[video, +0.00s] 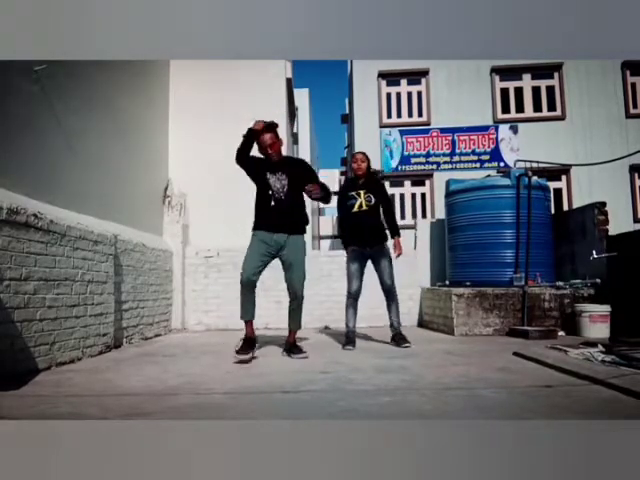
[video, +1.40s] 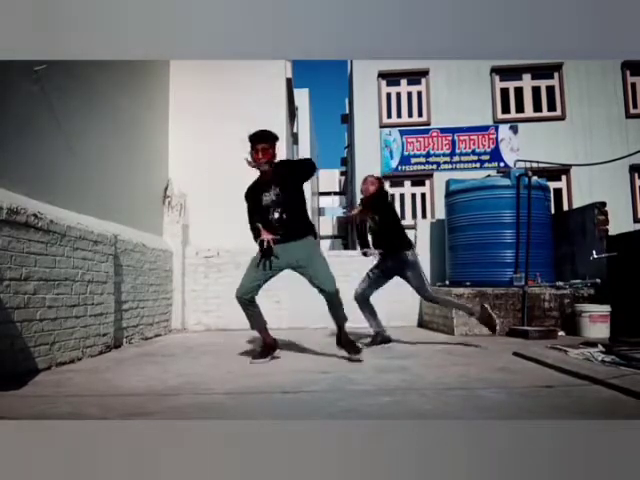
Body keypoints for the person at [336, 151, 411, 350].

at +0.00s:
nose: (358, 165)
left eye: (362, 161)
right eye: (355, 162)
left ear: (368, 164)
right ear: (350, 165)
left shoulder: (376, 184)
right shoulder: (345, 188)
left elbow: (388, 211)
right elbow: (342, 217)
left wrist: (396, 237)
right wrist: (346, 244)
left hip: (378, 244)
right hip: (355, 245)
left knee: (389, 288)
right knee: (353, 292)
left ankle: (397, 332)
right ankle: (350, 335)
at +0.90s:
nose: (378, 165)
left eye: (381, 162)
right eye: (374, 162)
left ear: (386, 165)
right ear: (369, 167)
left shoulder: (394, 187)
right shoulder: (361, 187)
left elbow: (405, 214)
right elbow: (348, 213)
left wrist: (419, 237)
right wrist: (340, 238)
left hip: (388, 245)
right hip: (365, 245)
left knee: (395, 290)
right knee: (356, 290)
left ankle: (395, 333)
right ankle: (344, 332)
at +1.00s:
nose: (377, 164)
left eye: (380, 160)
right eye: (373, 161)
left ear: (386, 163)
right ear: (367, 165)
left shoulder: (395, 183)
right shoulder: (359, 183)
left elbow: (420, 198)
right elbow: (337, 197)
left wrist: (446, 208)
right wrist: (323, 209)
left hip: (391, 245)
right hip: (369, 245)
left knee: (394, 288)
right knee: (358, 289)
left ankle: (394, 333)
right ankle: (353, 331)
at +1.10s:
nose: (374, 167)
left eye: (377, 163)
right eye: (370, 164)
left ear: (384, 166)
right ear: (366, 168)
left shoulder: (394, 182)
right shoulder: (361, 186)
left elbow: (420, 179)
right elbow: (339, 198)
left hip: (393, 245)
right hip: (372, 247)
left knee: (398, 288)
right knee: (359, 288)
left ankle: (397, 332)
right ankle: (375, 328)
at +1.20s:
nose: (370, 174)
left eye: (374, 171)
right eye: (368, 171)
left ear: (381, 174)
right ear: (364, 175)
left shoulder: (389, 189)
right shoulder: (358, 195)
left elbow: (411, 183)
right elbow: (347, 217)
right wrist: (335, 211)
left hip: (395, 250)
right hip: (375, 254)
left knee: (412, 284)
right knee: (363, 295)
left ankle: (417, 327)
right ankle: (380, 333)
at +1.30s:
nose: (368, 184)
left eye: (372, 182)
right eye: (365, 181)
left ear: (378, 186)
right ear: (361, 185)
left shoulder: (384, 198)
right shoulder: (358, 206)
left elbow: (395, 195)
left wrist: (372, 203)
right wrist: (360, 209)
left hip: (399, 254)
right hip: (381, 258)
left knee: (419, 287)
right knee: (362, 295)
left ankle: (455, 318)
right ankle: (380, 334)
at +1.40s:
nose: (365, 188)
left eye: (370, 184)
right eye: (364, 184)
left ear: (378, 188)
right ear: (361, 189)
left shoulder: (382, 201)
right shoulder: (367, 208)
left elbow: (375, 201)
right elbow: (359, 225)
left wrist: (361, 210)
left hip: (405, 256)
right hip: (387, 258)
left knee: (427, 295)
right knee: (360, 295)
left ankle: (476, 313)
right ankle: (380, 334)